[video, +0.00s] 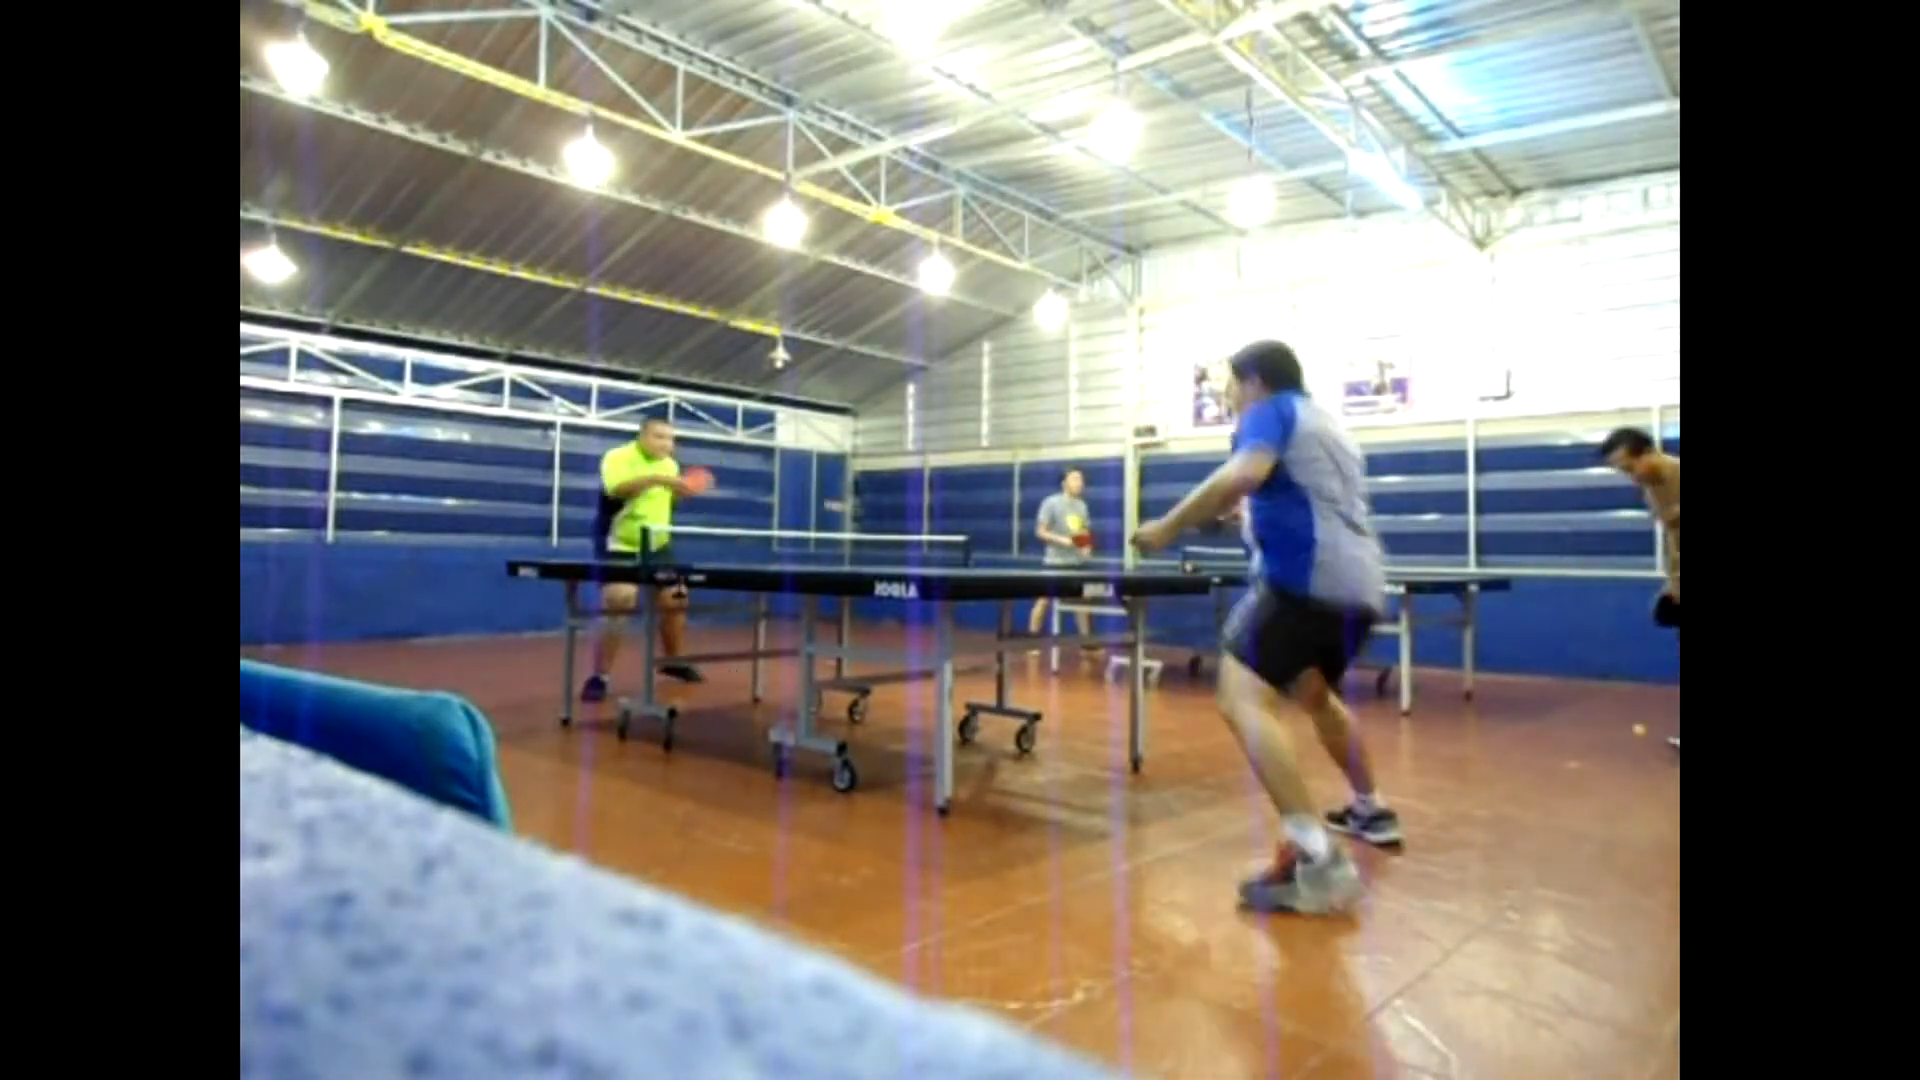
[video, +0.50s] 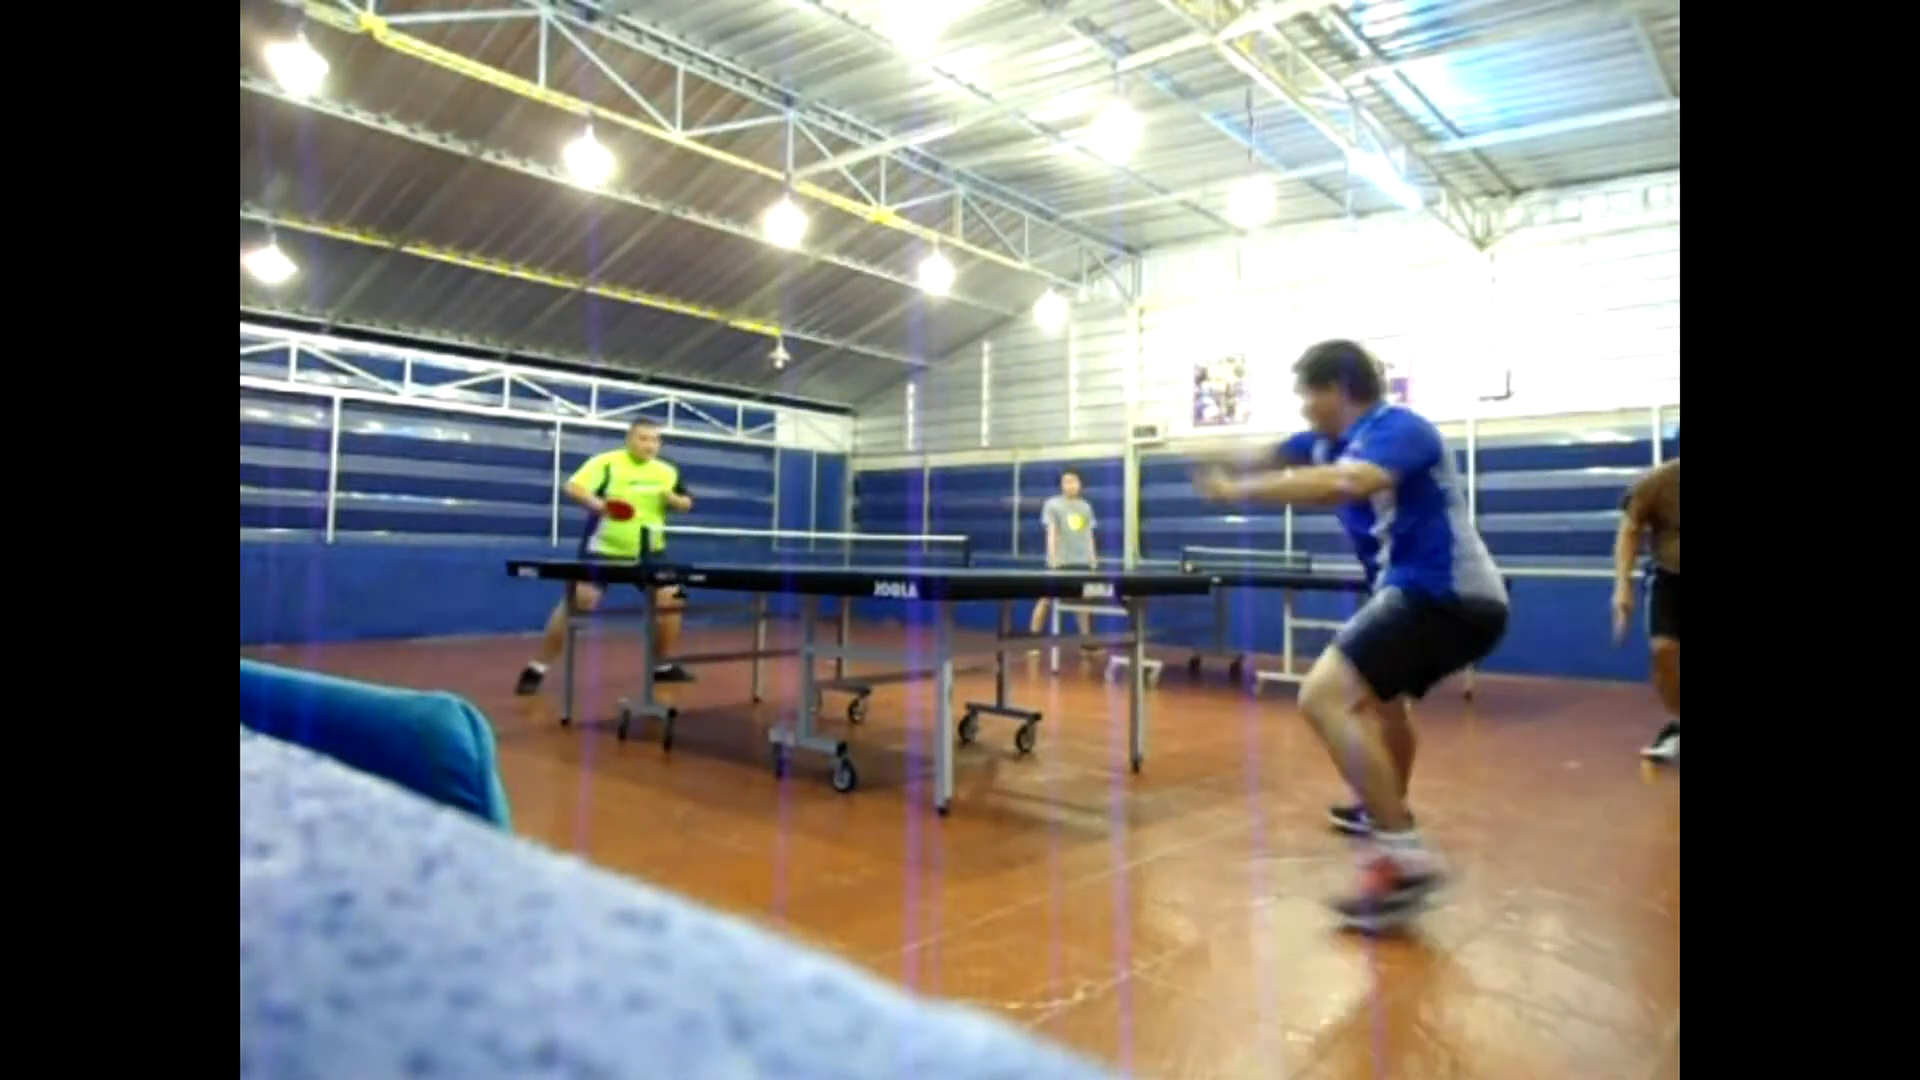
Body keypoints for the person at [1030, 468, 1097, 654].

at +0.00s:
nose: (1078, 484)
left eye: (1080, 480)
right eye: (1074, 480)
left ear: (1082, 484)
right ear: (1064, 483)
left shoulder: (1082, 505)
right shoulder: (1051, 503)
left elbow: (1085, 529)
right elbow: (1041, 531)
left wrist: (1086, 545)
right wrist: (1065, 541)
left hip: (1077, 561)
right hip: (1055, 561)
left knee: (1080, 601)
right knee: (1044, 599)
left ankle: (1086, 639)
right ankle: (1032, 637)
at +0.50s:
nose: (1070, 486)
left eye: (1073, 481)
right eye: (1067, 482)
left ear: (1080, 484)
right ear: (1061, 485)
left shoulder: (1085, 507)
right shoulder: (1052, 505)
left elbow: (1089, 535)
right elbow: (1051, 532)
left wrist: (1092, 559)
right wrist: (1052, 558)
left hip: (1082, 561)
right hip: (1060, 561)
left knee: (1083, 601)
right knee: (1046, 599)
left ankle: (1086, 637)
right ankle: (1034, 635)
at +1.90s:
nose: (1074, 487)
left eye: (1077, 483)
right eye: (1070, 483)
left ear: (1082, 487)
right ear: (1063, 485)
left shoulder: (1084, 508)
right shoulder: (1051, 504)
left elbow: (1086, 533)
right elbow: (1043, 532)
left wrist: (1089, 554)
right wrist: (1065, 543)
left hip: (1080, 560)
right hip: (1056, 560)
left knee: (1083, 600)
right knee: (1046, 598)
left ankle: (1085, 638)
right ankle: (1034, 635)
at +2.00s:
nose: (1086, 490)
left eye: (1089, 486)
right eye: (1083, 485)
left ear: (1092, 489)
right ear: (1075, 487)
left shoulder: (1086, 507)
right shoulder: (1063, 504)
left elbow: (1085, 531)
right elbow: (1065, 522)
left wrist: (1087, 553)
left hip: (1077, 558)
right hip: (1057, 557)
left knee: (1081, 599)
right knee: (1049, 597)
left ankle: (1086, 636)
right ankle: (1037, 633)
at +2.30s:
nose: (1083, 490)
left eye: (1085, 486)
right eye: (1079, 486)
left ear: (1088, 490)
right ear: (1071, 488)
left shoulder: (1085, 509)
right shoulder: (1057, 505)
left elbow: (1087, 532)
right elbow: (1045, 526)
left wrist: (1083, 553)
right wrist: (1065, 530)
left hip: (1076, 558)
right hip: (1053, 557)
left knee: (1084, 599)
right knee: (1043, 597)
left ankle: (1087, 637)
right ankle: (1031, 634)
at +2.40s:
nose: (1078, 492)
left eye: (1081, 488)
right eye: (1075, 487)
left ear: (1084, 492)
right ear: (1067, 489)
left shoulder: (1082, 509)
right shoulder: (1053, 506)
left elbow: (1084, 531)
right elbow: (1039, 529)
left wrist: (1076, 552)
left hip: (1069, 558)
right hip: (1048, 558)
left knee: (1078, 599)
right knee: (1039, 597)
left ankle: (1085, 637)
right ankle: (1030, 634)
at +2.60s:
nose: (1076, 495)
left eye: (1075, 489)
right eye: (1069, 489)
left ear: (1077, 494)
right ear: (1053, 492)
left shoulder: (1076, 517)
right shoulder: (1041, 517)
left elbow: (1081, 542)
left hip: (1068, 566)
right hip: (1042, 564)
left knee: (1076, 601)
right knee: (1037, 598)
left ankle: (1082, 638)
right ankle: (1030, 634)